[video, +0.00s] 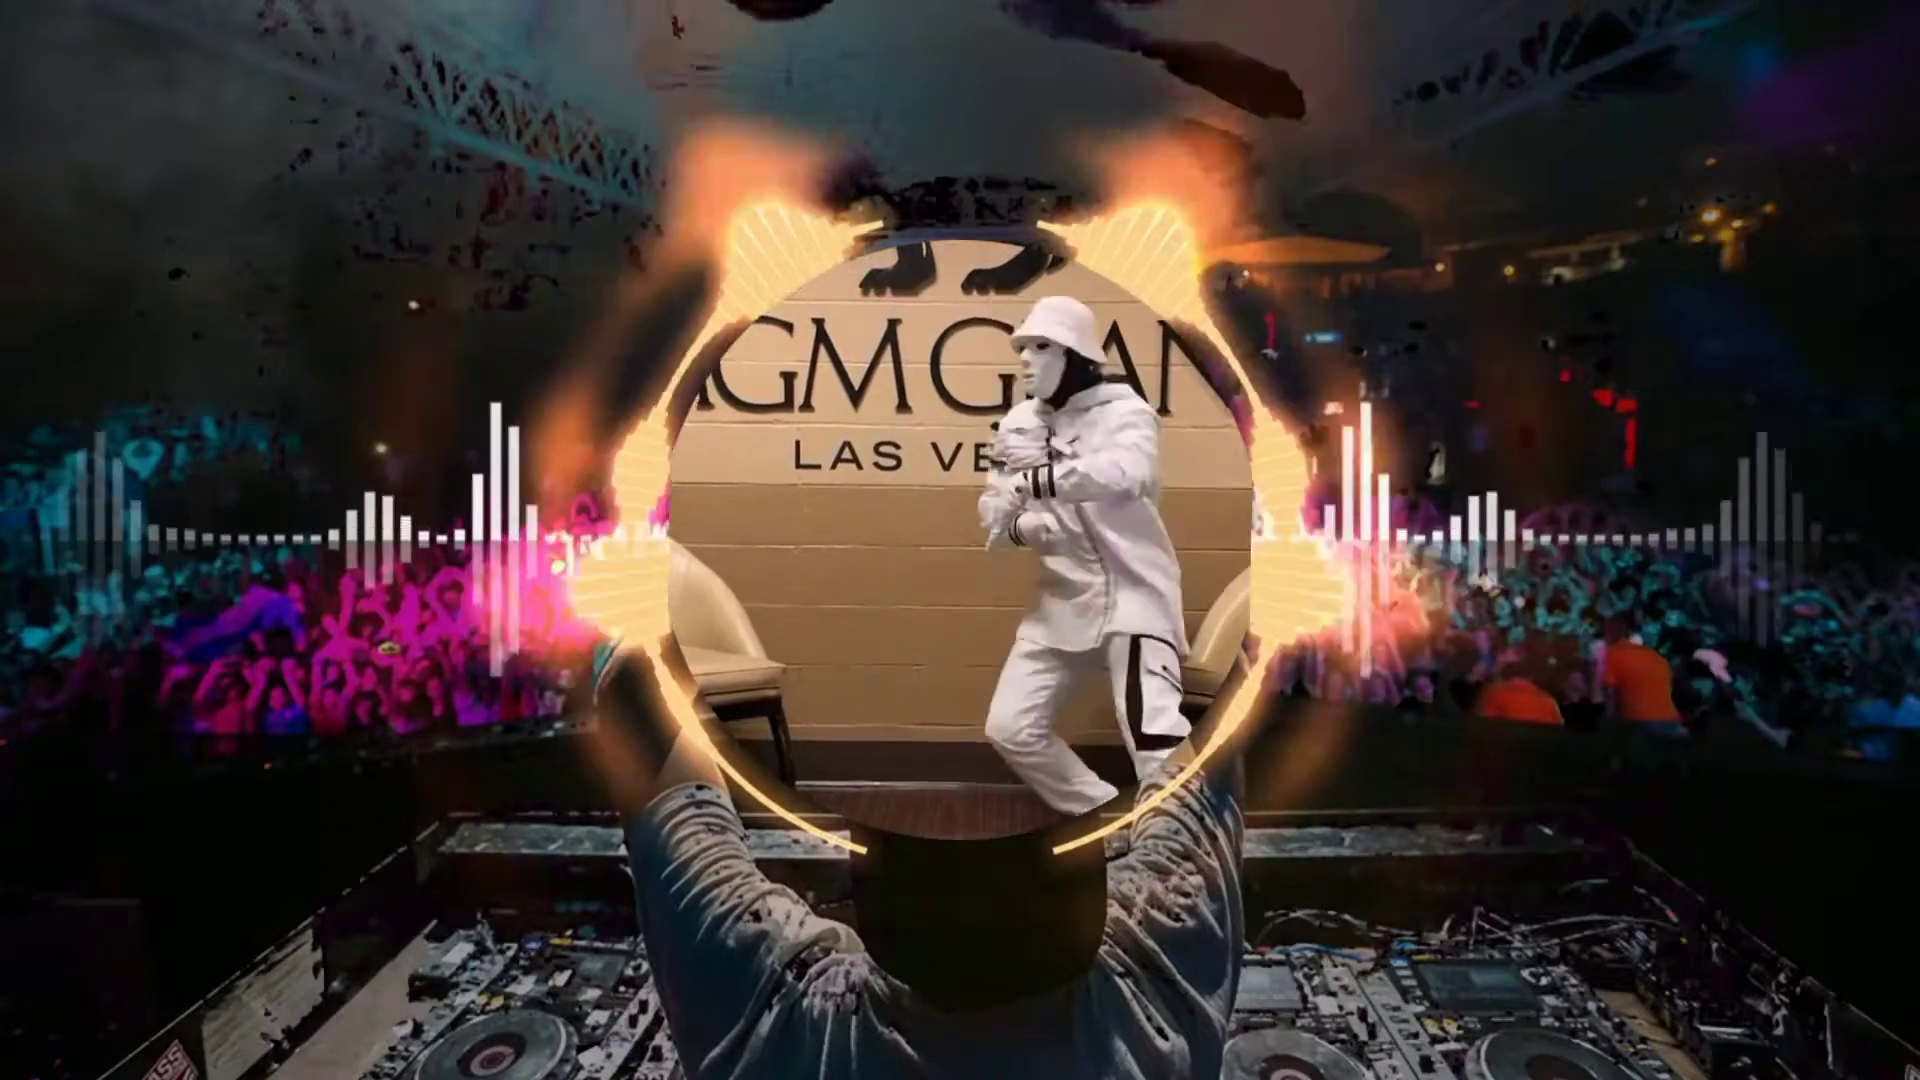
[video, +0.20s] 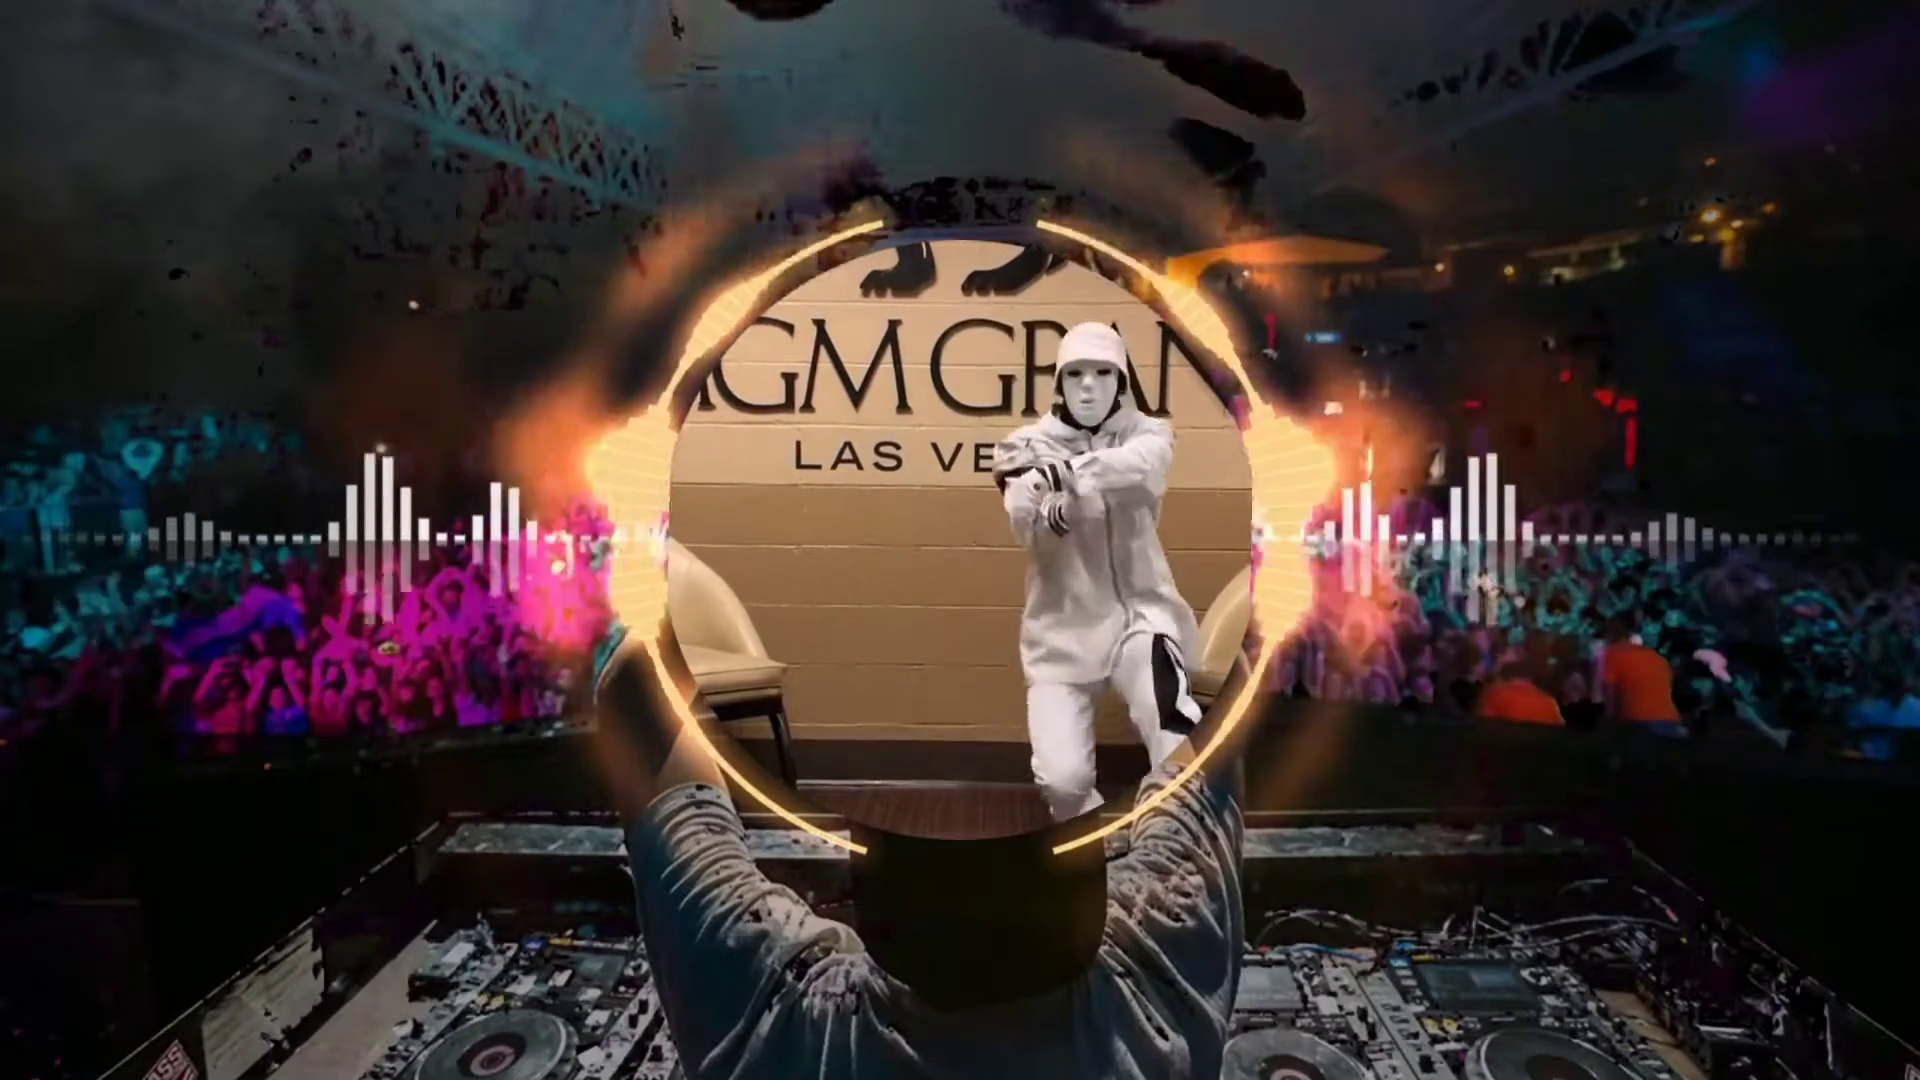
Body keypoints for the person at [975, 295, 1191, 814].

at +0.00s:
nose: (1024, 361)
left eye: (1037, 350)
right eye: (1022, 350)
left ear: (1072, 356)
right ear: (1021, 356)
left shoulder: (1125, 410)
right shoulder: (1020, 424)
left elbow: (1129, 474)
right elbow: (992, 516)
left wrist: (1039, 477)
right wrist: (1025, 521)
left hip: (1136, 591)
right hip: (1064, 598)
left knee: (1152, 731)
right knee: (1013, 729)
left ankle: (1175, 848)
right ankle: (1110, 818)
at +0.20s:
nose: (1088, 386)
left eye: (1101, 375)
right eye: (1076, 375)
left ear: (1119, 383)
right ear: (1060, 384)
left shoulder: (1149, 433)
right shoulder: (1030, 443)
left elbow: (1141, 467)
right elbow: (1020, 510)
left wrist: (1062, 474)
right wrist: (1044, 495)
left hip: (1139, 615)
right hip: (1060, 629)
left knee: (1168, 719)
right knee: (1062, 779)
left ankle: (1182, 847)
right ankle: (1089, 875)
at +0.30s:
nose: (1090, 426)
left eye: (1102, 413)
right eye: (1077, 414)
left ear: (1121, 420)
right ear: (1061, 423)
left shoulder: (1151, 467)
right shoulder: (1031, 477)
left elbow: (1155, 502)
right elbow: (1028, 539)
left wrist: (1067, 512)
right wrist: (1059, 558)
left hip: (1139, 644)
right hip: (1065, 665)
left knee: (1158, 681)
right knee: (1075, 818)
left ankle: (1164, 811)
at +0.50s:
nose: (1090, 497)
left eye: (1104, 484)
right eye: (1077, 485)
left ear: (1123, 492)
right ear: (1060, 493)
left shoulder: (1154, 536)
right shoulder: (1029, 548)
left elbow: (1152, 566)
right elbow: (1028, 609)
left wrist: (1064, 580)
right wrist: (1046, 647)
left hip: (1140, 733)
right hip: (1064, 749)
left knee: (1165, 707)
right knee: (1062, 877)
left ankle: (1159, 841)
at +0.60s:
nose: (1088, 496)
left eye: (1103, 483)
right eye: (1076, 483)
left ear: (1122, 491)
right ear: (1059, 492)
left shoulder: (1151, 534)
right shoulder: (1028, 547)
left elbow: (1153, 559)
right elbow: (1029, 596)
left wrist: (1062, 571)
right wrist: (1035, 624)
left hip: (1140, 732)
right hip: (1064, 747)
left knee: (1164, 706)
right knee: (1062, 876)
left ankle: (1160, 835)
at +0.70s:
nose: (1089, 497)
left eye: (1103, 484)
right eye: (1075, 484)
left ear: (1122, 493)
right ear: (1060, 493)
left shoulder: (1151, 535)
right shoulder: (1029, 546)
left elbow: (1154, 562)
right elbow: (1024, 590)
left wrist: (1057, 574)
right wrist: (1037, 625)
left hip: (1140, 725)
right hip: (1065, 743)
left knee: (1165, 707)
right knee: (1056, 871)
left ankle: (1159, 836)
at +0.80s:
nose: (1091, 497)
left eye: (1104, 484)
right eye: (1078, 484)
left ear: (1123, 492)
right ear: (1063, 492)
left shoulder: (1154, 538)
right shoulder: (1031, 548)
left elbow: (1160, 569)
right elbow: (1024, 597)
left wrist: (1060, 583)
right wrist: (1036, 635)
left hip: (1141, 729)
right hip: (1066, 744)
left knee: (1167, 709)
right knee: (1058, 874)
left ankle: (1158, 843)